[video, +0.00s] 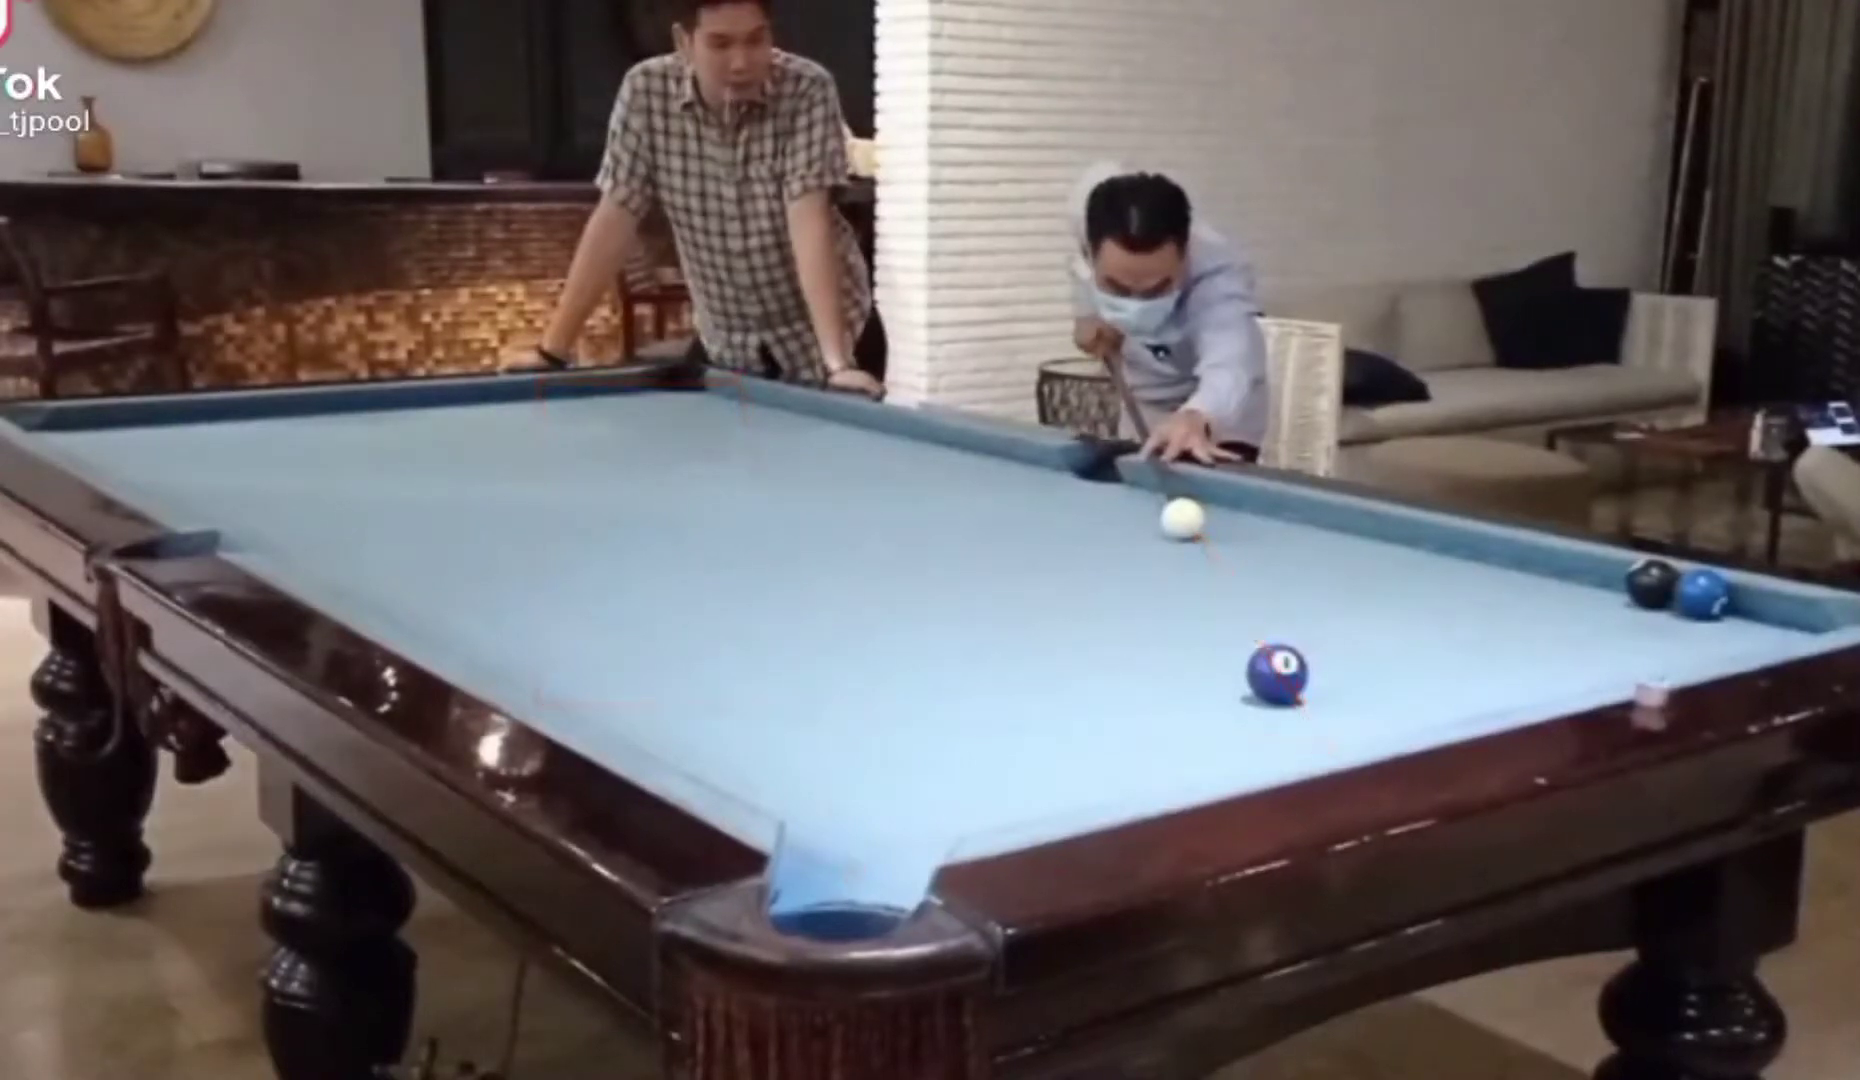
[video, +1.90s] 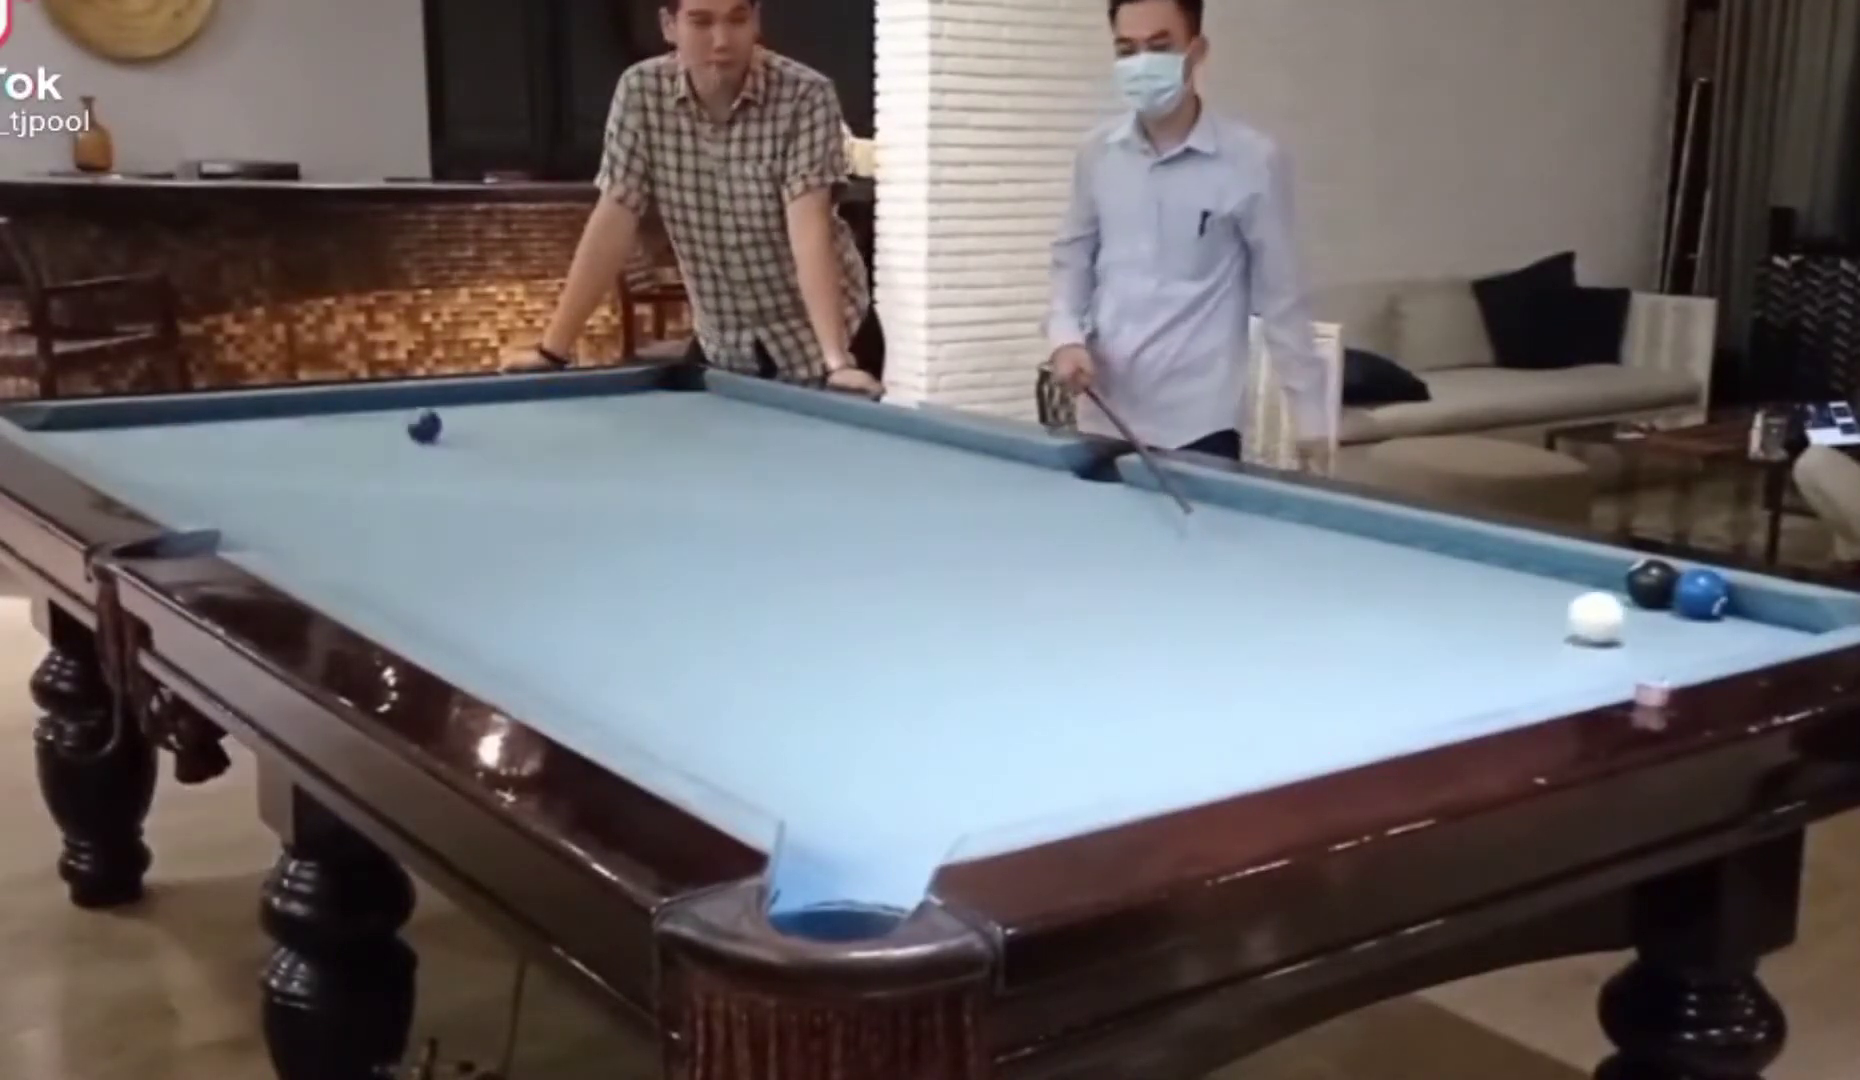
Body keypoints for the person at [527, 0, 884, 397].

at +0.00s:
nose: (740, 62)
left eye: (755, 41)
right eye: (720, 44)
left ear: (771, 36)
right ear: (684, 44)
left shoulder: (806, 90)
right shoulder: (647, 91)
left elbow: (809, 216)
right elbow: (616, 213)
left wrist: (838, 363)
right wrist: (553, 351)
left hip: (824, 343)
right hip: (725, 345)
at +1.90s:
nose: (721, 40)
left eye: (737, 21)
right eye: (702, 22)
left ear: (757, 23)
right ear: (669, 26)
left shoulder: (803, 94)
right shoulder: (641, 92)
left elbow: (810, 223)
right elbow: (614, 217)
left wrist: (837, 361)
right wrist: (553, 350)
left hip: (822, 341)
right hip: (724, 343)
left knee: (834, 495)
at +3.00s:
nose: (775, 38)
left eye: (783, 20)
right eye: (754, 21)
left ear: (793, 22)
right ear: (709, 25)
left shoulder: (811, 96)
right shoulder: (650, 87)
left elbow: (849, 243)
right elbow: (612, 219)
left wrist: (805, 153)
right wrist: (552, 352)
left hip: (810, 332)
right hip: (700, 340)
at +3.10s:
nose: (776, 38)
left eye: (783, 21)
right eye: (755, 21)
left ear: (794, 23)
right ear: (709, 25)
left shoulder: (811, 97)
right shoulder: (651, 88)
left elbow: (849, 242)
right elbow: (613, 218)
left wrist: (805, 152)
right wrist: (552, 352)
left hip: (810, 334)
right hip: (700, 341)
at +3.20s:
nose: (776, 41)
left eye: (784, 23)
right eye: (755, 23)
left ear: (794, 24)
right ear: (709, 26)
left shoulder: (812, 98)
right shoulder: (651, 88)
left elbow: (849, 242)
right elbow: (613, 219)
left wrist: (806, 155)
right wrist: (552, 352)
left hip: (810, 334)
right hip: (701, 342)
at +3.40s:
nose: (772, 43)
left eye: (782, 25)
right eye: (752, 25)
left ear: (793, 27)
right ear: (707, 27)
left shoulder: (813, 101)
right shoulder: (650, 89)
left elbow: (849, 248)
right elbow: (612, 218)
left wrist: (810, 193)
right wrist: (551, 352)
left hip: (810, 336)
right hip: (701, 343)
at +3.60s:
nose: (762, 38)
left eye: (772, 20)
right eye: (741, 20)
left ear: (783, 25)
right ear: (697, 24)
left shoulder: (810, 101)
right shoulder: (646, 90)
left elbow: (839, 212)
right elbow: (611, 218)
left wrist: (842, 307)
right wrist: (552, 351)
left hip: (808, 338)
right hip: (702, 345)